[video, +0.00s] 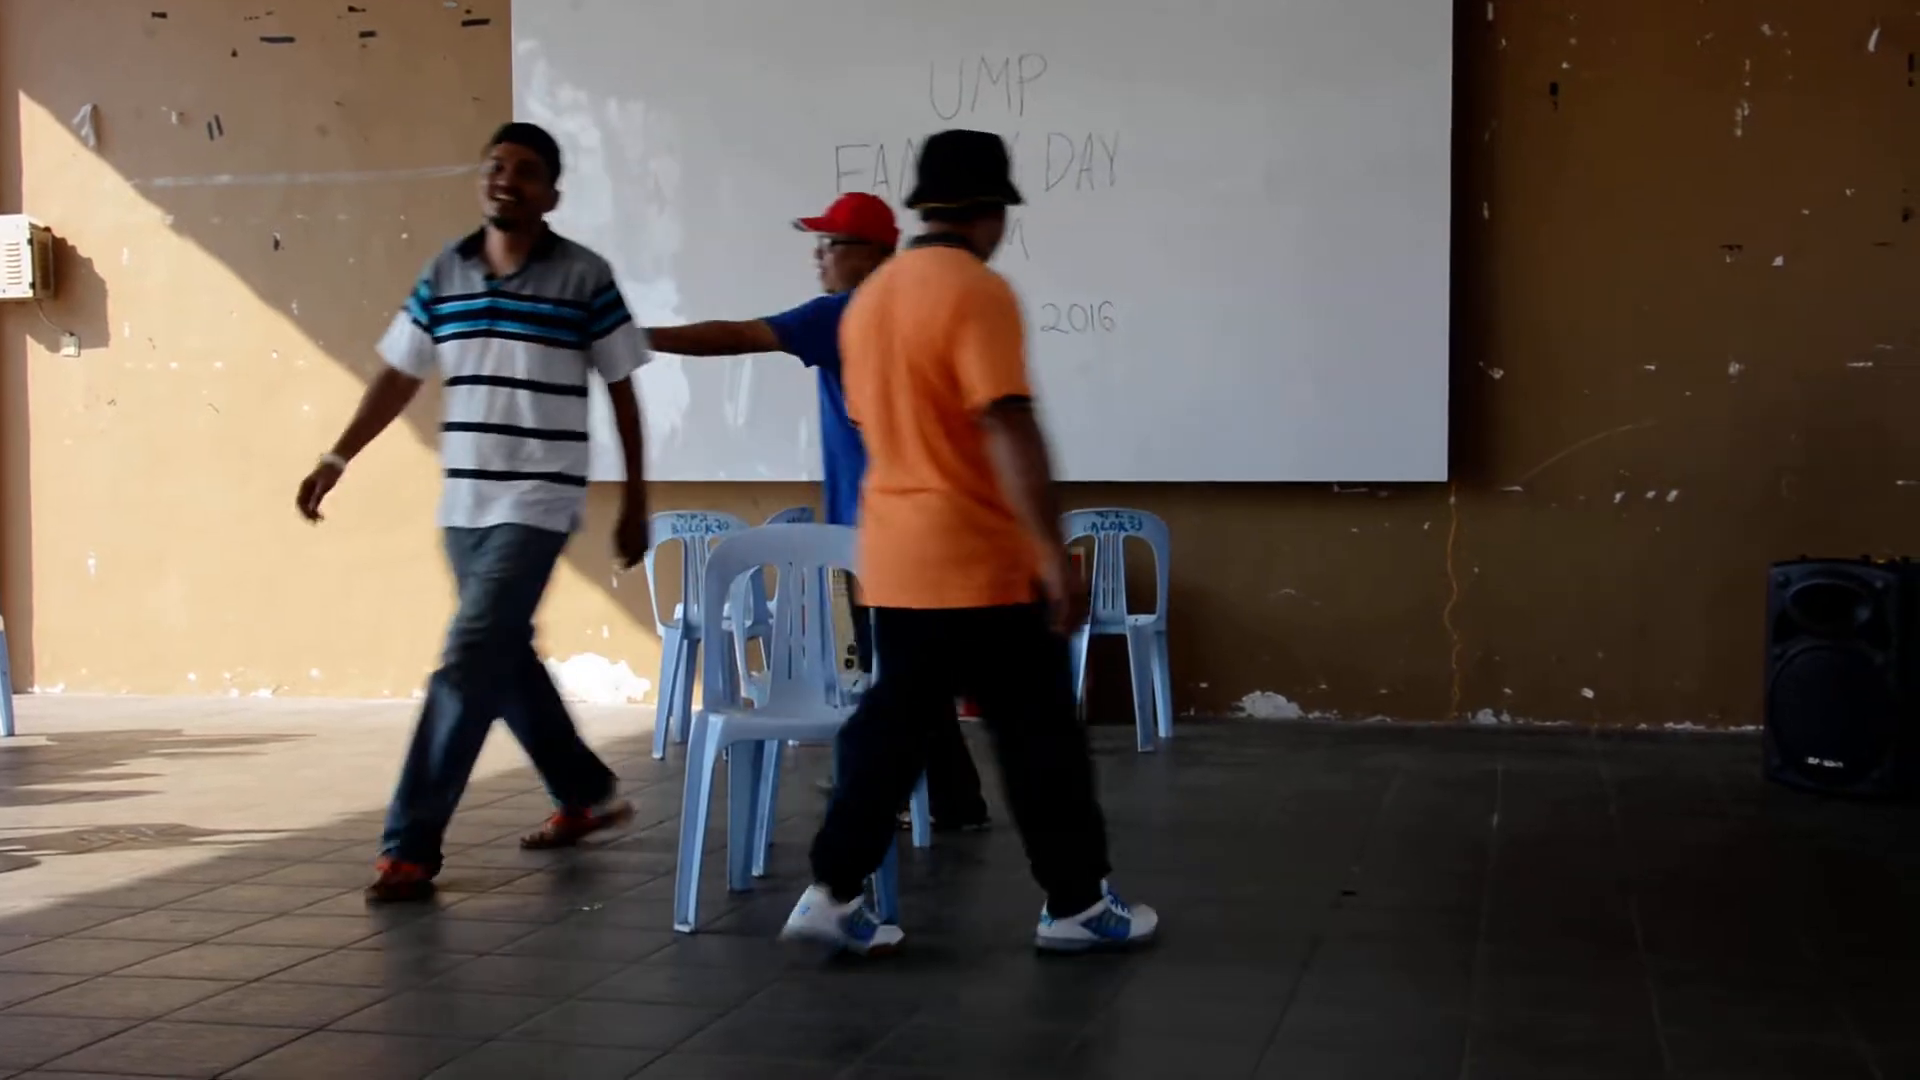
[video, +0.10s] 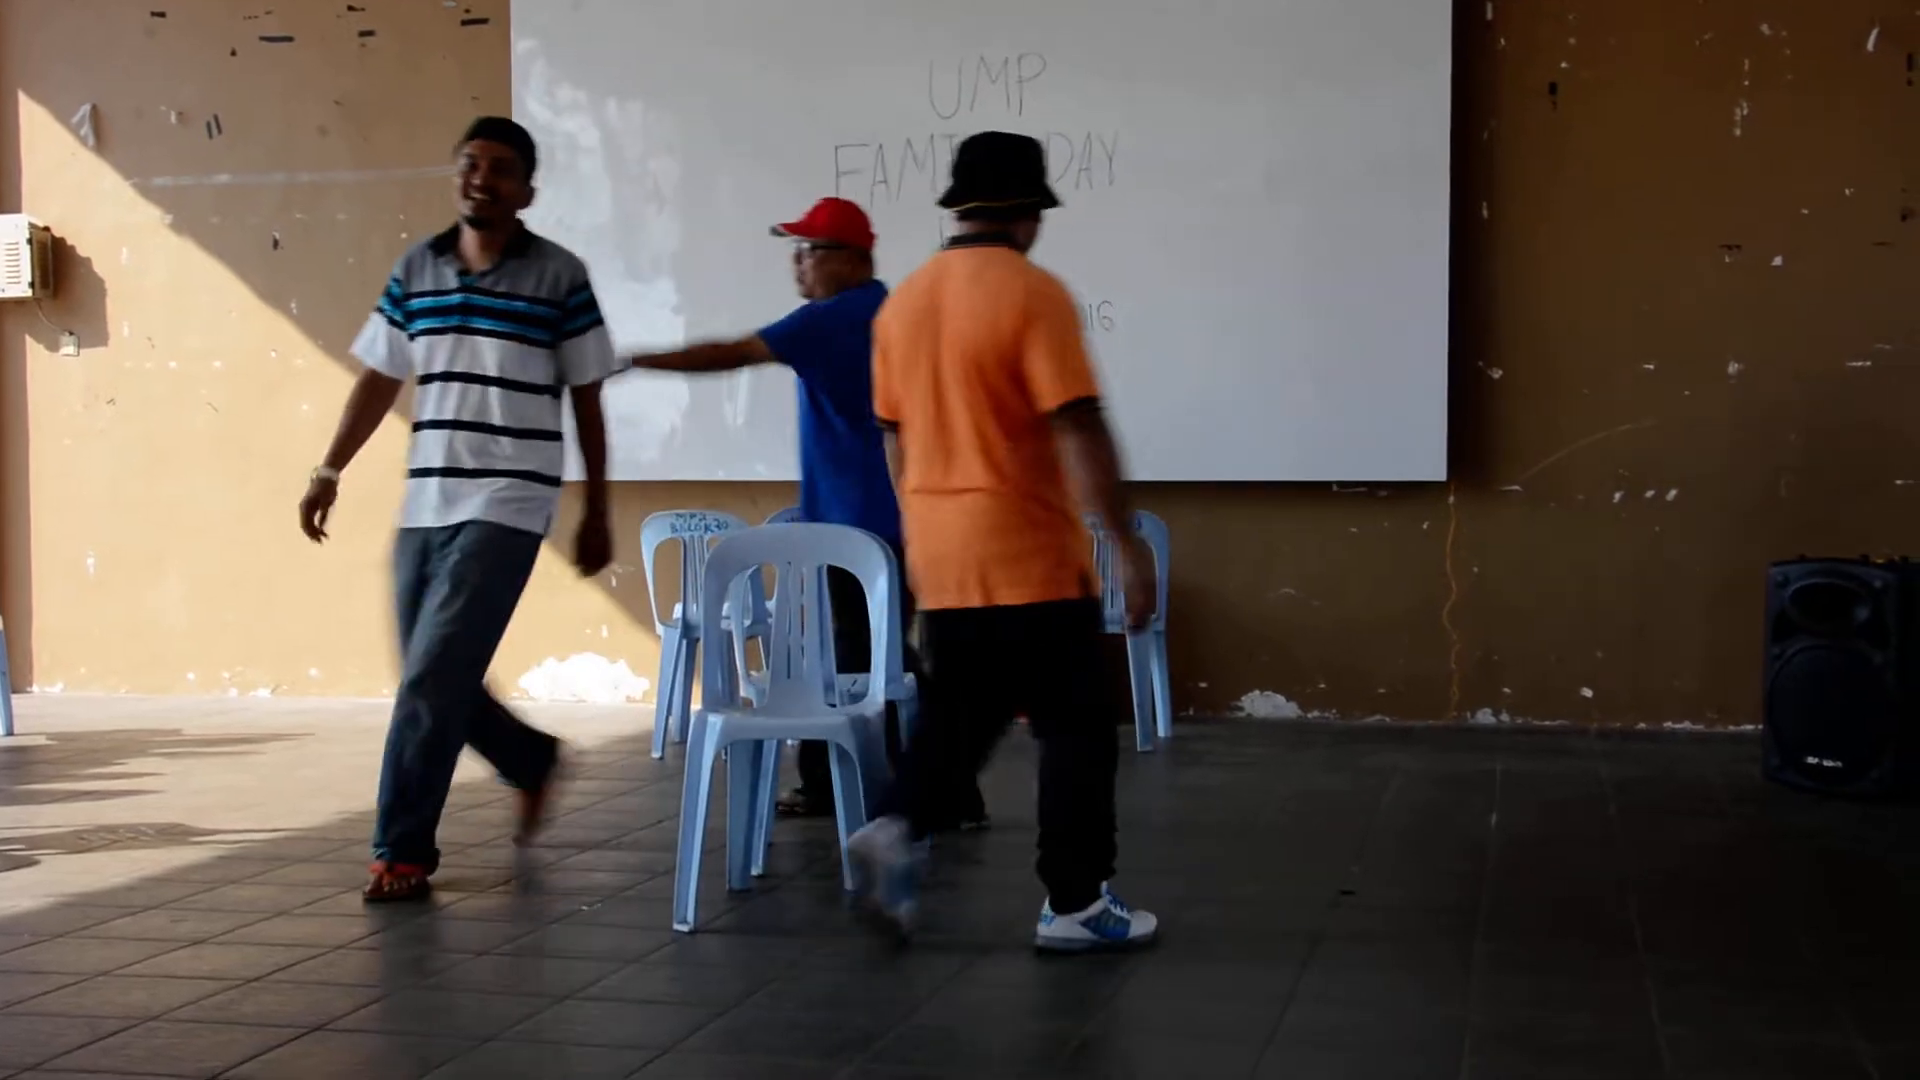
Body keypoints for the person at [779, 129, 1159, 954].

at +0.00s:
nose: (1005, 227)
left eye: (1003, 212)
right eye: (1002, 212)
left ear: (922, 209)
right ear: (986, 213)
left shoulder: (868, 299)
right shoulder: (976, 290)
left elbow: (869, 428)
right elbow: (1007, 424)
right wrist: (1052, 551)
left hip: (892, 559)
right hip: (979, 559)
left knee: (897, 723)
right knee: (1040, 732)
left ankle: (832, 892)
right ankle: (1077, 901)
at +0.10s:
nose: (1040, 226)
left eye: (1038, 213)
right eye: (1039, 214)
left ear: (958, 210)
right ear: (1027, 214)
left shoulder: (901, 304)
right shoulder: (1031, 293)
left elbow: (896, 441)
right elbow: (1081, 430)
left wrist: (928, 536)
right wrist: (1127, 546)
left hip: (936, 554)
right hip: (1029, 550)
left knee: (964, 707)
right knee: (1081, 725)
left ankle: (898, 828)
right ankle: (1075, 901)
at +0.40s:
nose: (1101, 229)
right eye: (1099, 219)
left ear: (1020, 224)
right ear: (1096, 219)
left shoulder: (977, 302)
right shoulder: (1135, 293)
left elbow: (935, 424)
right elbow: (1207, 412)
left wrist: (919, 536)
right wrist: (1241, 502)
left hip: (1010, 550)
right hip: (1106, 547)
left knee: (1055, 717)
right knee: (1098, 724)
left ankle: (1110, 867)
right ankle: (1069, 901)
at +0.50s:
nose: (1024, 242)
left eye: (1022, 232)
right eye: (1099, 226)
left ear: (1026, 231)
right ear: (1100, 225)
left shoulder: (985, 311)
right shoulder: (1143, 295)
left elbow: (954, 437)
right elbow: (1211, 413)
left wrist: (944, 547)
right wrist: (1232, 497)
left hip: (1030, 556)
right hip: (1125, 550)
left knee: (1068, 713)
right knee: (1143, 705)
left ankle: (1116, 889)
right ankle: (1089, 860)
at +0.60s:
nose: (1017, 259)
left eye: (1018, 249)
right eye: (1019, 249)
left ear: (1029, 248)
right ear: (1096, 242)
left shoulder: (991, 330)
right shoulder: (1146, 311)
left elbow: (964, 456)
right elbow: (1215, 422)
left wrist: (970, 551)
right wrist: (1232, 515)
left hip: (1040, 562)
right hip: (1135, 552)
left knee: (1078, 725)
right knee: (1188, 691)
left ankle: (1109, 862)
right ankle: (1154, 800)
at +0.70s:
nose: (1013, 274)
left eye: (1014, 263)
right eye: (1013, 263)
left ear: (1028, 262)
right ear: (1092, 254)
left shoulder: (998, 333)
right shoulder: (1147, 317)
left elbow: (965, 463)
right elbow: (1229, 417)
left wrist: (989, 516)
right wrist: (1241, 516)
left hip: (1047, 563)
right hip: (1148, 553)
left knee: (1078, 723)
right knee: (1187, 687)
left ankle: (1113, 859)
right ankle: (1185, 812)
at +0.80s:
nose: (1008, 267)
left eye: (1008, 256)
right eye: (1008, 256)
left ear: (1025, 253)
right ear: (1085, 244)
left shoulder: (1001, 323)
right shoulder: (1149, 302)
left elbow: (968, 445)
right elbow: (1228, 381)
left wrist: (987, 488)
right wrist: (1221, 485)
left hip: (1053, 555)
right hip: (1152, 544)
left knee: (1076, 706)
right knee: (1172, 687)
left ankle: (1111, 843)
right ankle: (1188, 837)